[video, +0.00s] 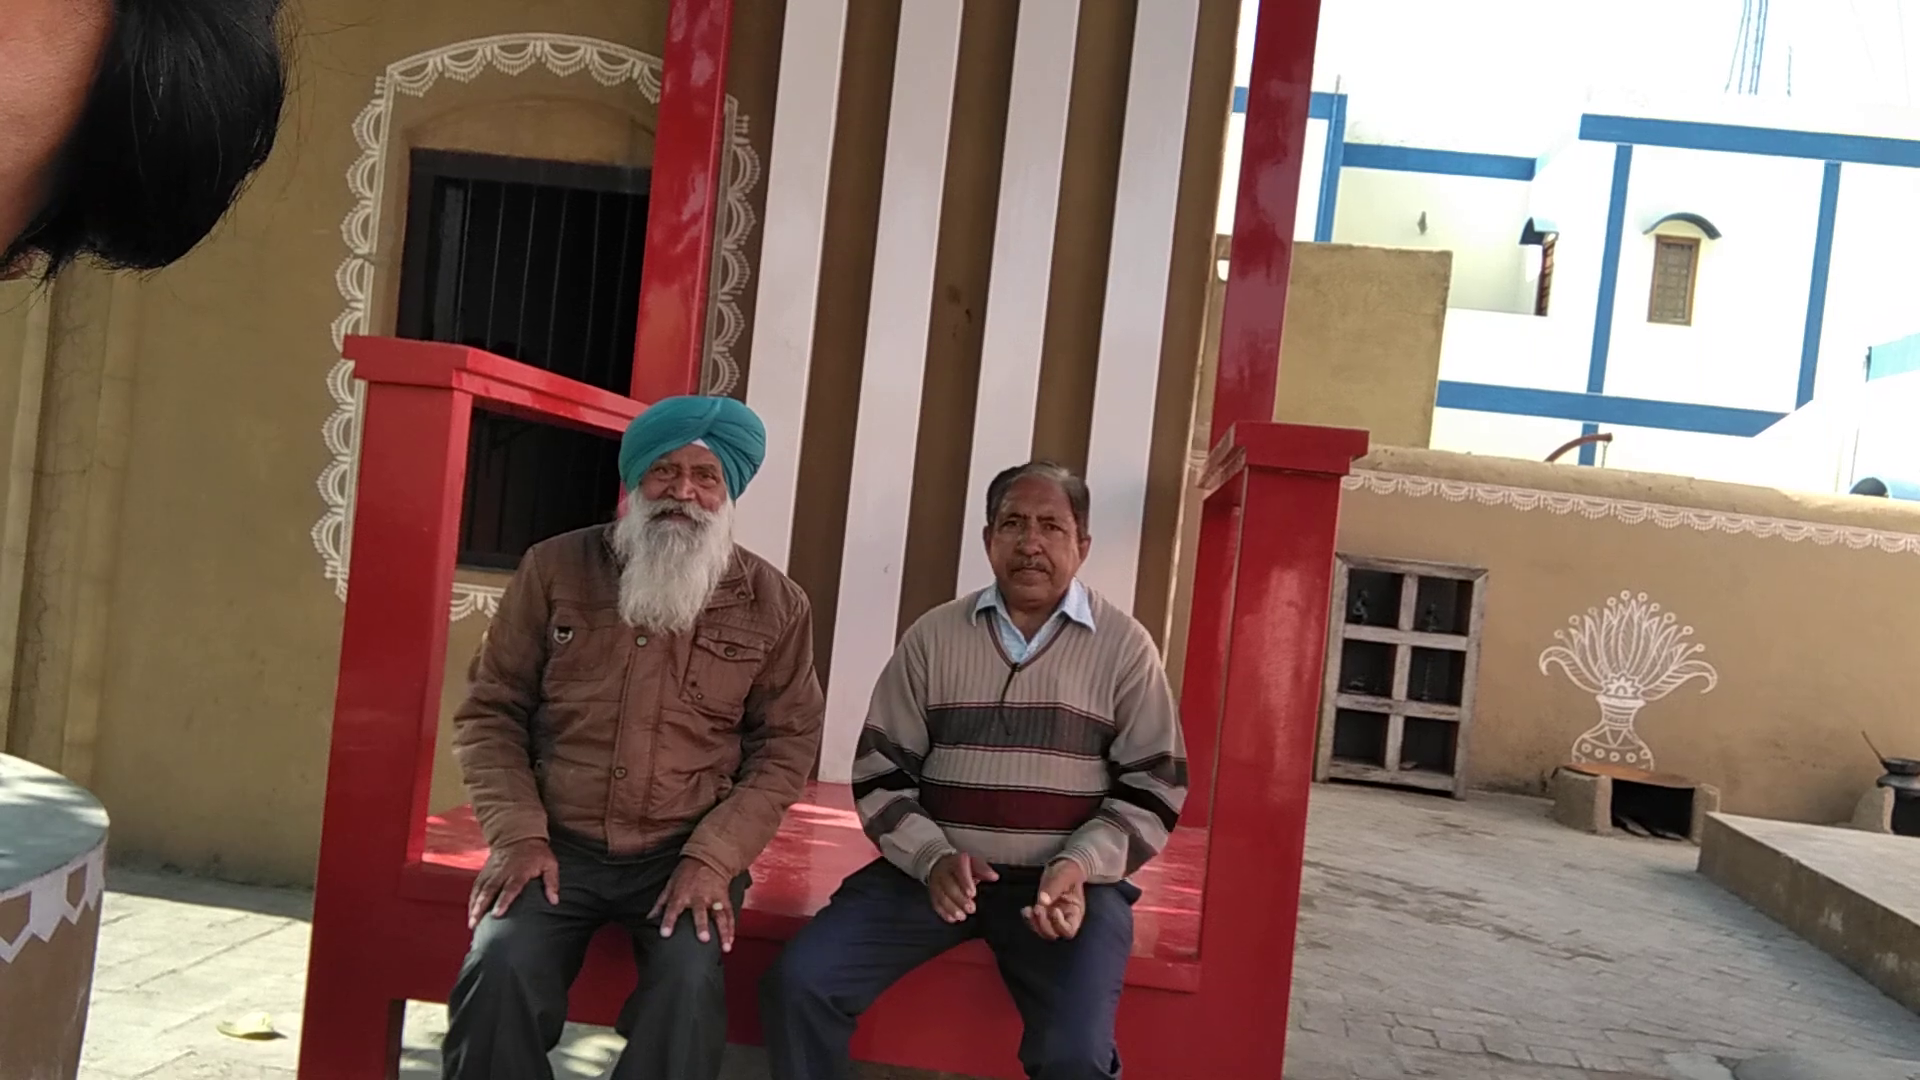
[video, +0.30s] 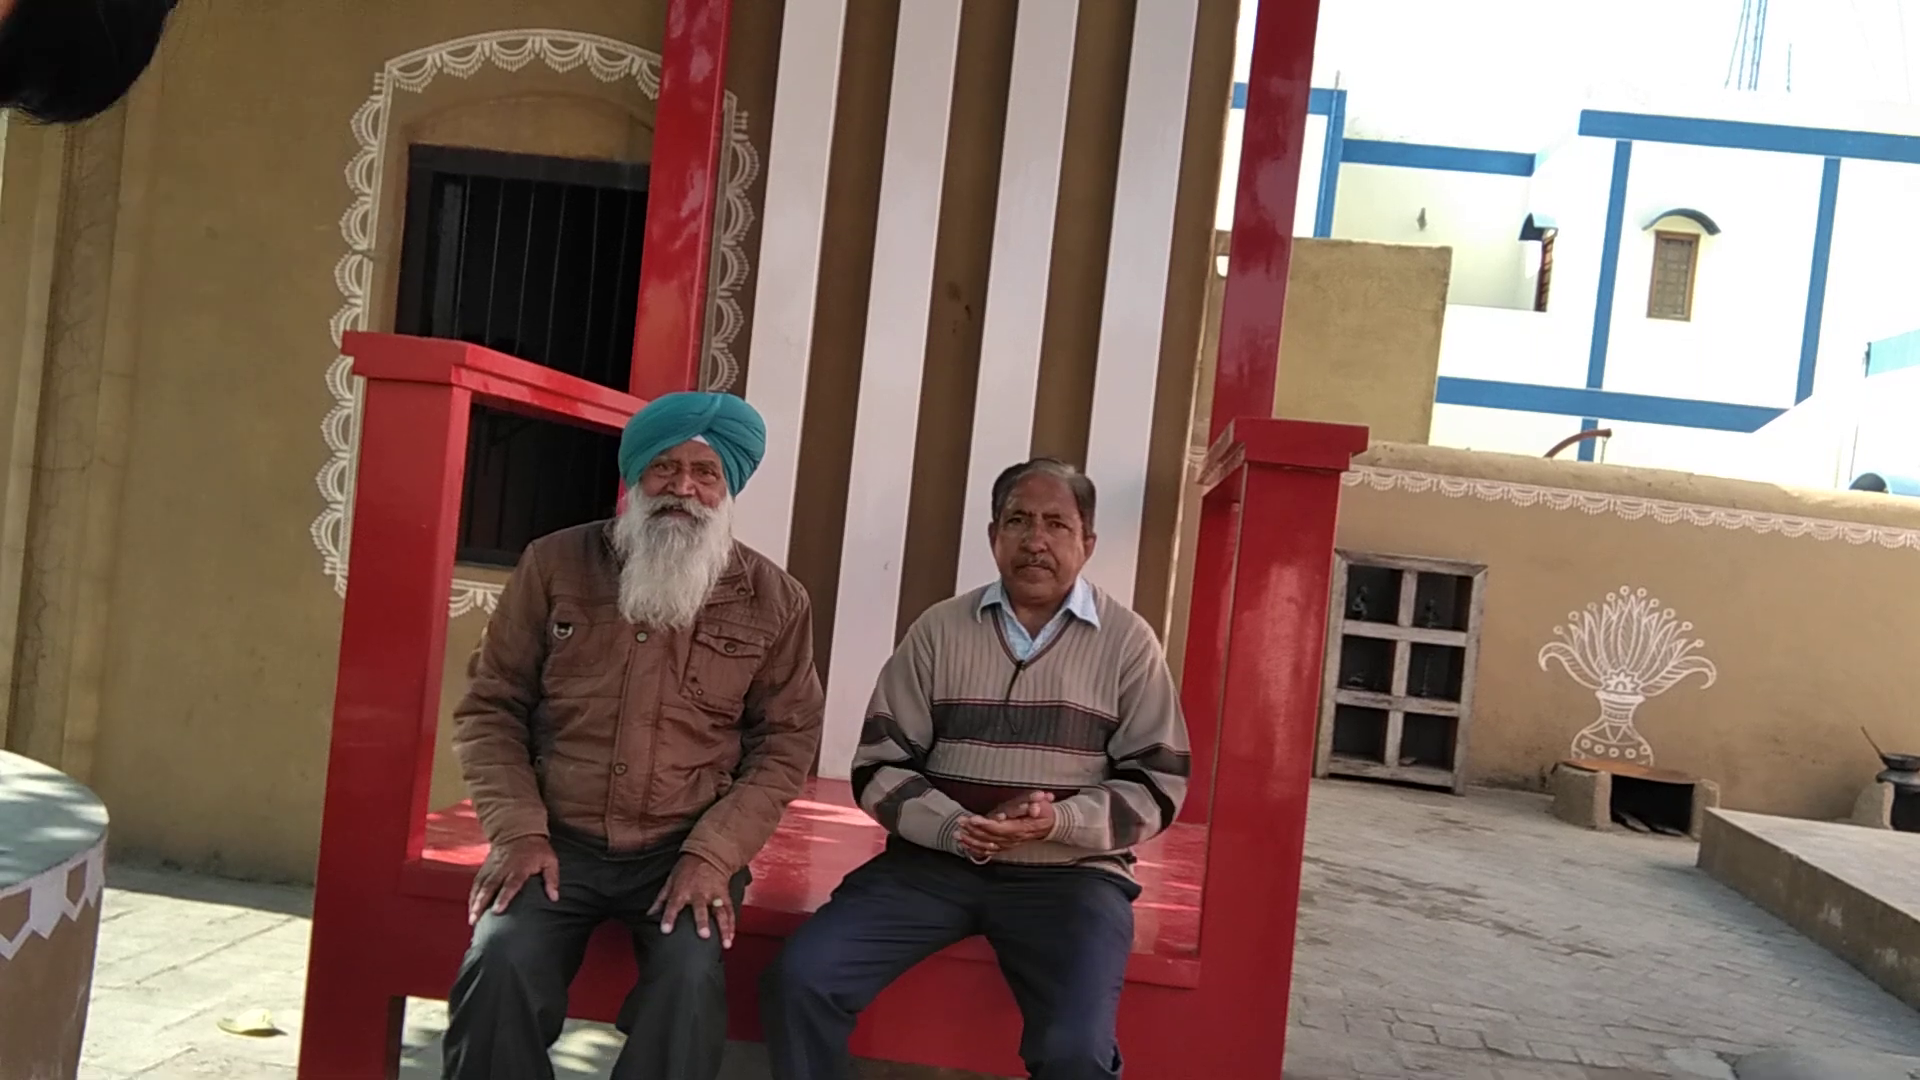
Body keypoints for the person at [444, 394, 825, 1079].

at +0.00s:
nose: (683, 490)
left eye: (706, 476)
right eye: (665, 471)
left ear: (730, 497)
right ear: (632, 486)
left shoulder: (774, 604)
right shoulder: (555, 569)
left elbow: (788, 749)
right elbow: (490, 709)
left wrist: (714, 856)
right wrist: (516, 831)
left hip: (685, 864)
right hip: (555, 853)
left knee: (690, 978)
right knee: (500, 966)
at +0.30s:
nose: (683, 486)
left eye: (705, 472)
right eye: (666, 467)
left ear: (729, 492)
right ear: (632, 482)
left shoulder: (775, 600)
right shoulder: (555, 565)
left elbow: (787, 747)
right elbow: (490, 706)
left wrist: (714, 853)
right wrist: (517, 828)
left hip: (685, 860)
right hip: (555, 848)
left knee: (690, 974)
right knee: (500, 960)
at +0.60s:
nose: (684, 488)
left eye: (706, 473)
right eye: (665, 469)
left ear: (730, 494)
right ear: (632, 484)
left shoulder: (774, 602)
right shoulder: (556, 566)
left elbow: (787, 747)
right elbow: (491, 707)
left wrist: (713, 855)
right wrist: (517, 829)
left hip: (685, 862)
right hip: (556, 851)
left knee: (691, 975)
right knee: (501, 963)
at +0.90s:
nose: (685, 489)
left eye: (707, 474)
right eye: (667, 469)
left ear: (731, 495)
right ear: (634, 483)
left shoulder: (775, 602)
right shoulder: (556, 567)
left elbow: (787, 748)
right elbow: (491, 707)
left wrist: (714, 855)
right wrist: (517, 829)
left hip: (685, 862)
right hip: (556, 850)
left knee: (690, 976)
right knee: (501, 962)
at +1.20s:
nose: (683, 486)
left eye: (705, 471)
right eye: (665, 467)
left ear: (729, 493)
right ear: (631, 483)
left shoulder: (775, 601)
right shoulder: (556, 565)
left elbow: (787, 747)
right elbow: (491, 707)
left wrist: (714, 854)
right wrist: (517, 828)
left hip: (685, 861)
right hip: (556, 850)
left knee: (690, 974)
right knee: (500, 963)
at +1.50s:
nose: (684, 488)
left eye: (706, 474)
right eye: (666, 469)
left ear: (731, 494)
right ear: (634, 483)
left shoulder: (774, 603)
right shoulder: (556, 567)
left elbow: (788, 748)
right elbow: (490, 708)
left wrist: (714, 855)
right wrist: (517, 829)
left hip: (685, 862)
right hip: (555, 851)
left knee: (690, 977)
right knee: (500, 965)